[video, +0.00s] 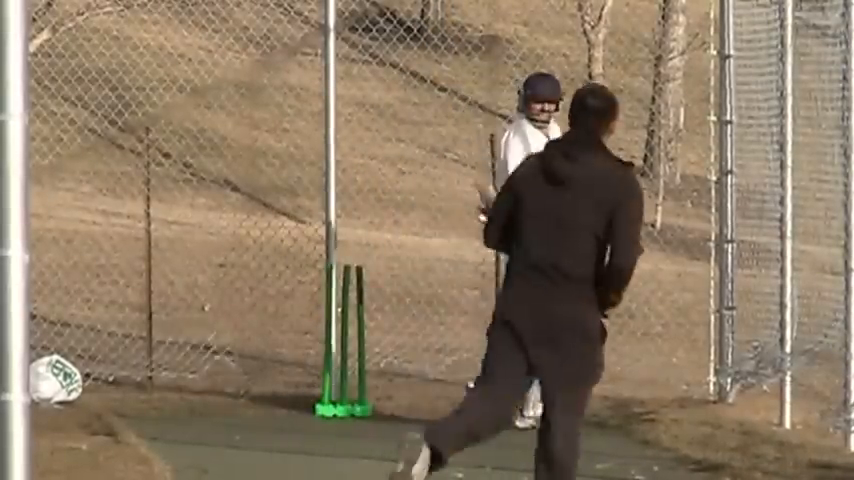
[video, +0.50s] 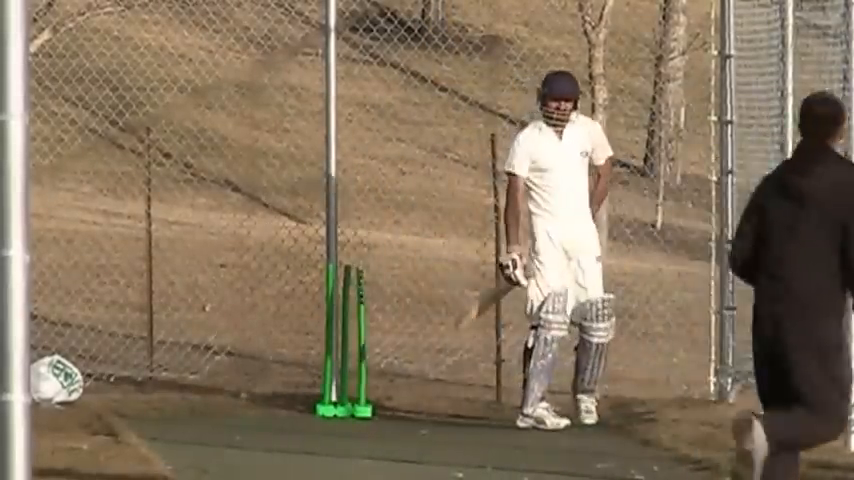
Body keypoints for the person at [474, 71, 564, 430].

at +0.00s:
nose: (543, 108)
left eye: (550, 102)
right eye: (536, 102)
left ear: (558, 105)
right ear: (522, 102)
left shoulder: (558, 134)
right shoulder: (514, 137)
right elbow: (510, 191)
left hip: (552, 242)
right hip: (520, 243)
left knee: (544, 321)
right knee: (517, 318)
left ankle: (534, 400)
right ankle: (489, 384)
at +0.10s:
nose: (545, 108)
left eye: (552, 102)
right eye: (539, 101)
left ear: (561, 104)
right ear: (527, 101)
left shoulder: (562, 130)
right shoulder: (518, 137)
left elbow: (564, 175)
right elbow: (523, 191)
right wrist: (535, 236)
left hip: (558, 231)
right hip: (529, 234)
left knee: (554, 308)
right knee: (532, 311)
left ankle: (547, 387)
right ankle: (526, 388)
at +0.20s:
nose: (548, 108)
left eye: (555, 102)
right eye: (540, 101)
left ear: (562, 103)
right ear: (528, 101)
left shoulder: (567, 130)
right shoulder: (520, 136)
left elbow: (563, 180)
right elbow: (524, 199)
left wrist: (516, 216)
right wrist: (528, 265)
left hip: (568, 239)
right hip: (539, 244)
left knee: (583, 319)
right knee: (545, 321)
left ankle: (552, 385)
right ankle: (532, 404)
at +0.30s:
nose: (549, 108)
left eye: (557, 102)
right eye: (542, 101)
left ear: (566, 103)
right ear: (531, 101)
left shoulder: (573, 131)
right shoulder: (523, 138)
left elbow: (575, 181)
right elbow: (522, 202)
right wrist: (524, 259)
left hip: (572, 243)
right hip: (540, 246)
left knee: (588, 318)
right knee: (547, 323)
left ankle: (572, 375)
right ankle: (532, 405)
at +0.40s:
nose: (554, 108)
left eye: (561, 102)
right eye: (547, 101)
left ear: (570, 104)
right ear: (535, 101)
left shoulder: (581, 132)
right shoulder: (523, 138)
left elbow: (597, 180)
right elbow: (516, 201)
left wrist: (566, 208)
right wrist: (518, 254)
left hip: (578, 240)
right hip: (543, 243)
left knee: (594, 315)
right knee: (548, 320)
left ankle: (584, 385)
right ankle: (532, 404)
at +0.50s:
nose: (560, 109)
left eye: (567, 103)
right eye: (553, 102)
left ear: (576, 104)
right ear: (542, 101)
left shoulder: (588, 130)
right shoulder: (527, 140)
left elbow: (605, 171)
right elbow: (514, 197)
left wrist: (589, 213)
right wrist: (514, 247)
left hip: (584, 238)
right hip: (546, 241)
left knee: (596, 316)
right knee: (551, 318)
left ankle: (586, 393)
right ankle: (533, 404)